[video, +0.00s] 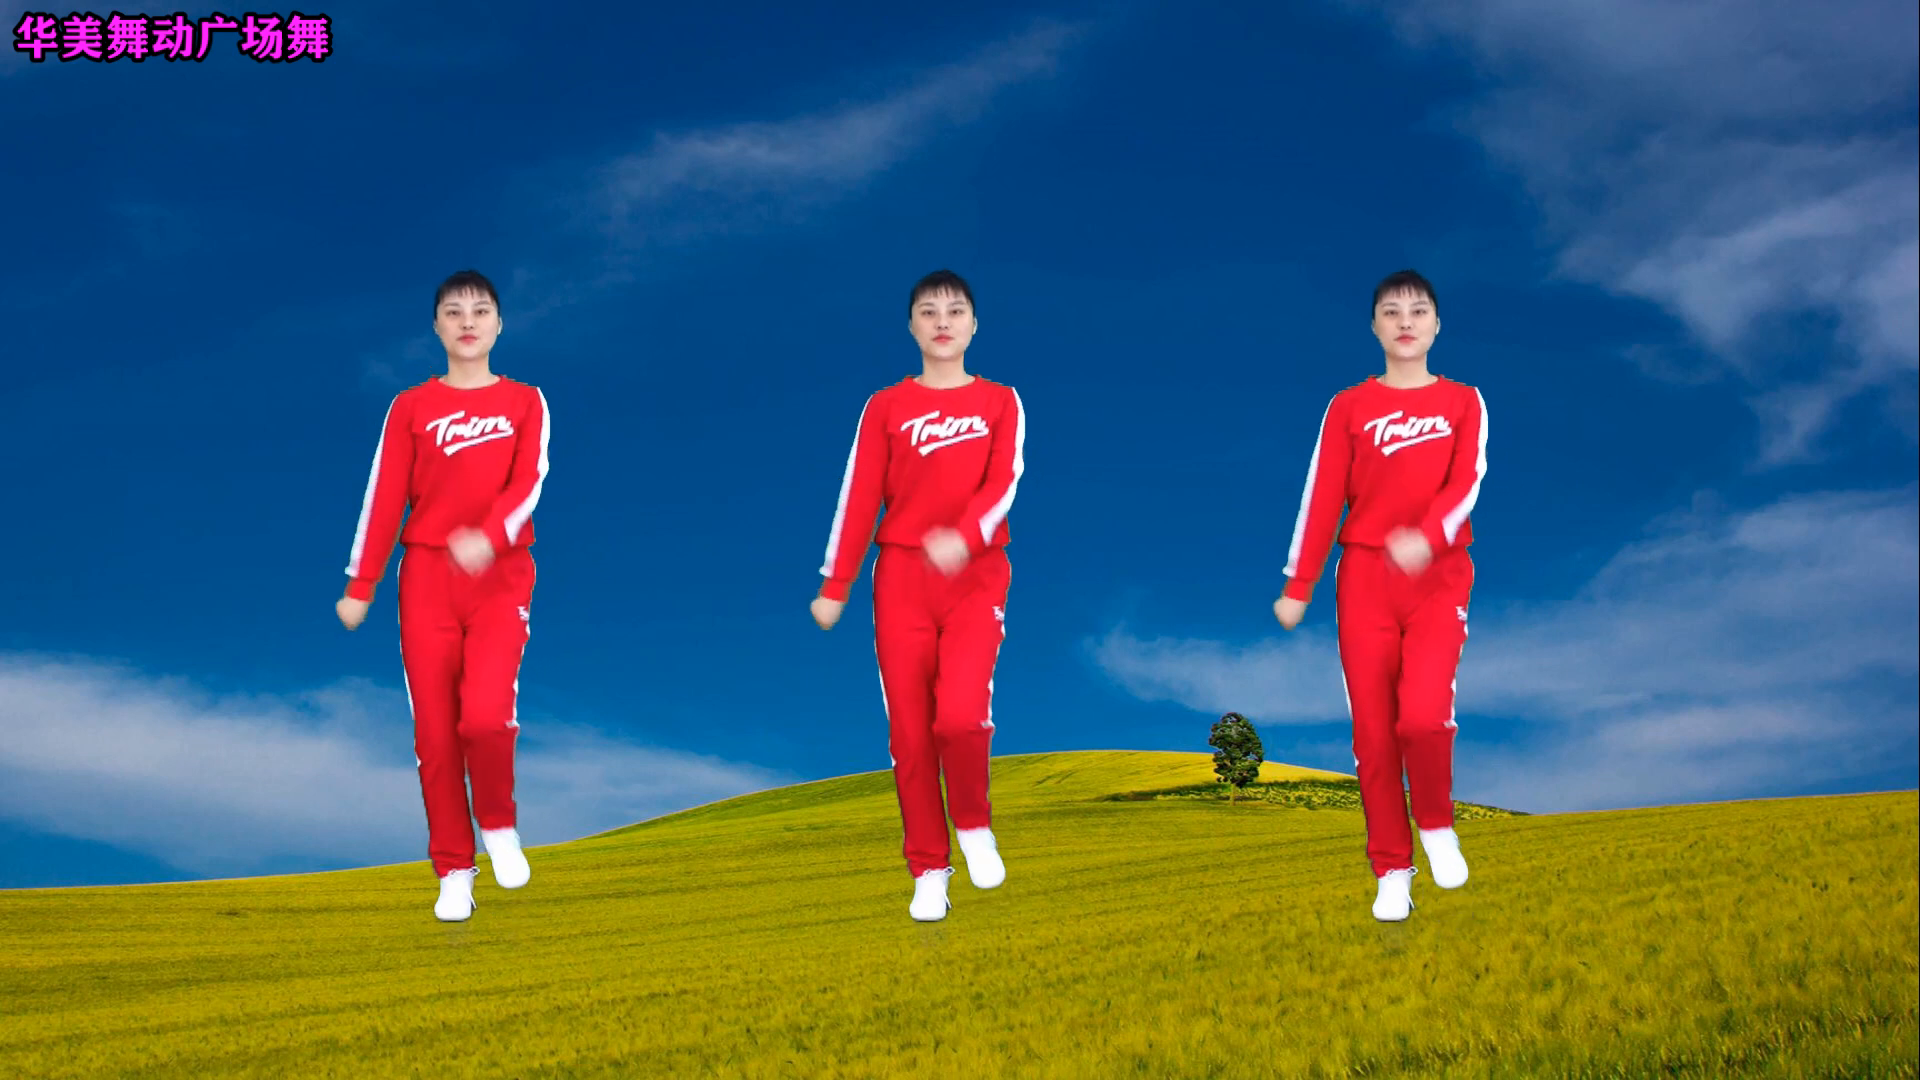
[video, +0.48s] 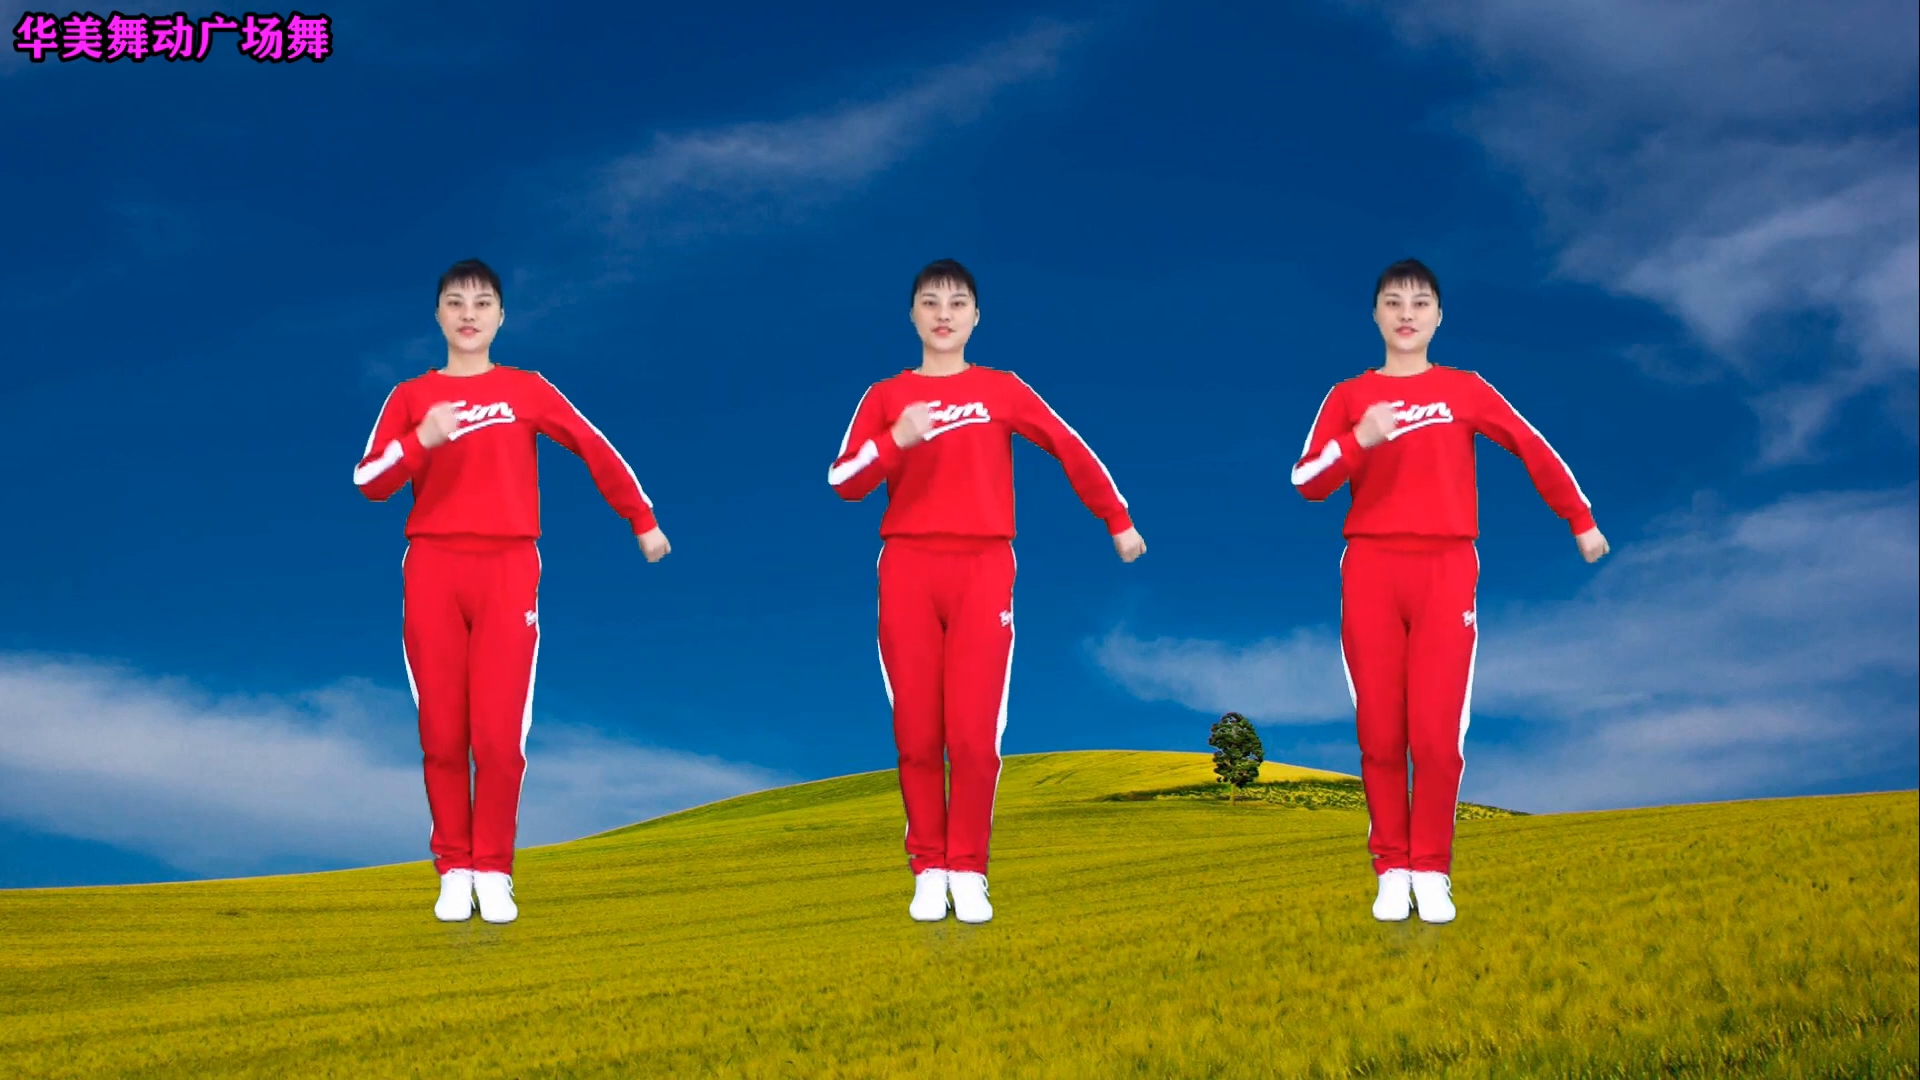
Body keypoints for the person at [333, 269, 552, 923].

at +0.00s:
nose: (467, 323)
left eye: (479, 313)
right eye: (455, 313)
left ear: (497, 323)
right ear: (438, 325)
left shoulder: (526, 402)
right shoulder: (410, 408)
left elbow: (529, 485)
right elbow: (384, 500)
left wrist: (490, 534)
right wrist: (361, 585)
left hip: (501, 581)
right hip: (426, 581)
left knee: (484, 721)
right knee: (434, 731)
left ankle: (498, 824)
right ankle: (453, 866)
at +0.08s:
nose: (465, 328)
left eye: (478, 318)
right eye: (453, 318)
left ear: (495, 330)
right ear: (436, 329)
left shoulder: (523, 407)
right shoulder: (408, 411)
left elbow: (531, 501)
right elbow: (392, 498)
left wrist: (527, 585)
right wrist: (410, 570)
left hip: (497, 583)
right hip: (426, 584)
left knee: (471, 716)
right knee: (424, 735)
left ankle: (492, 810)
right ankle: (452, 867)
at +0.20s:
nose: (464, 310)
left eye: (477, 300)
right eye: (452, 300)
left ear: (494, 312)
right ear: (434, 312)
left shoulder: (522, 390)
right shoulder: (404, 393)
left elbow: (561, 478)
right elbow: (367, 472)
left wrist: (580, 566)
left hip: (499, 566)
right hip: (424, 568)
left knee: (473, 710)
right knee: (430, 723)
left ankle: (489, 819)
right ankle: (454, 863)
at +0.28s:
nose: (465, 302)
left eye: (477, 293)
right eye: (453, 292)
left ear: (495, 306)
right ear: (436, 304)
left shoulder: (523, 380)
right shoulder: (405, 383)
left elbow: (574, 458)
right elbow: (357, 464)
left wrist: (603, 540)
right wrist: (415, 428)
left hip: (501, 557)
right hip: (425, 558)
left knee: (483, 712)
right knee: (435, 720)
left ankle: (491, 846)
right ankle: (452, 862)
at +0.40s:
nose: (466, 312)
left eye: (479, 303)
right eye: (455, 302)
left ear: (497, 314)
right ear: (437, 314)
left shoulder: (526, 388)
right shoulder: (409, 393)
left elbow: (590, 449)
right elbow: (359, 479)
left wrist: (632, 525)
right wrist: (405, 425)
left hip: (506, 569)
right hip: (429, 570)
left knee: (497, 733)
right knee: (439, 732)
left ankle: (495, 870)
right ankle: (452, 869)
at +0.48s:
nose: (469, 313)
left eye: (482, 303)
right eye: (457, 303)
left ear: (499, 316)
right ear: (439, 314)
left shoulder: (529, 389)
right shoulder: (410, 396)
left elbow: (596, 447)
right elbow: (371, 483)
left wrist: (644, 521)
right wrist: (420, 440)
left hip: (509, 569)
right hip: (432, 570)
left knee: (499, 733)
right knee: (441, 731)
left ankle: (494, 871)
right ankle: (453, 869)